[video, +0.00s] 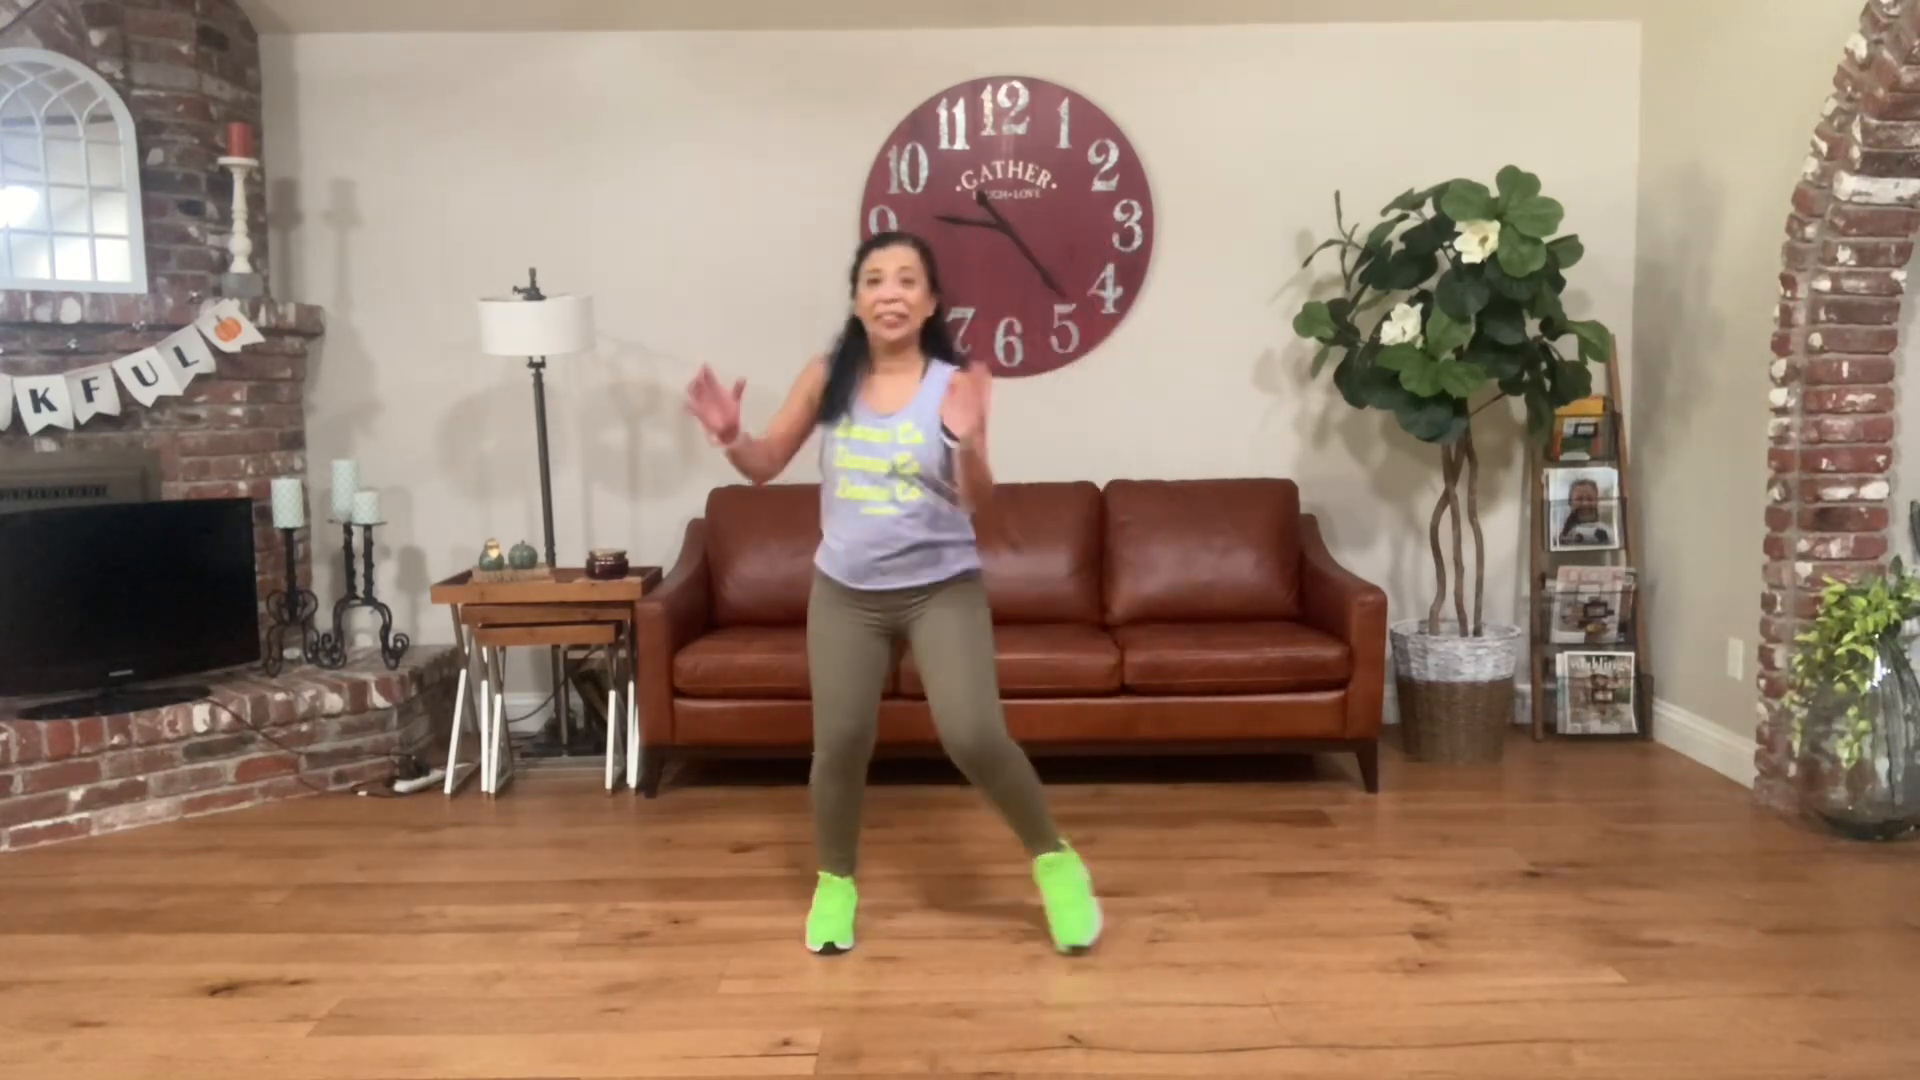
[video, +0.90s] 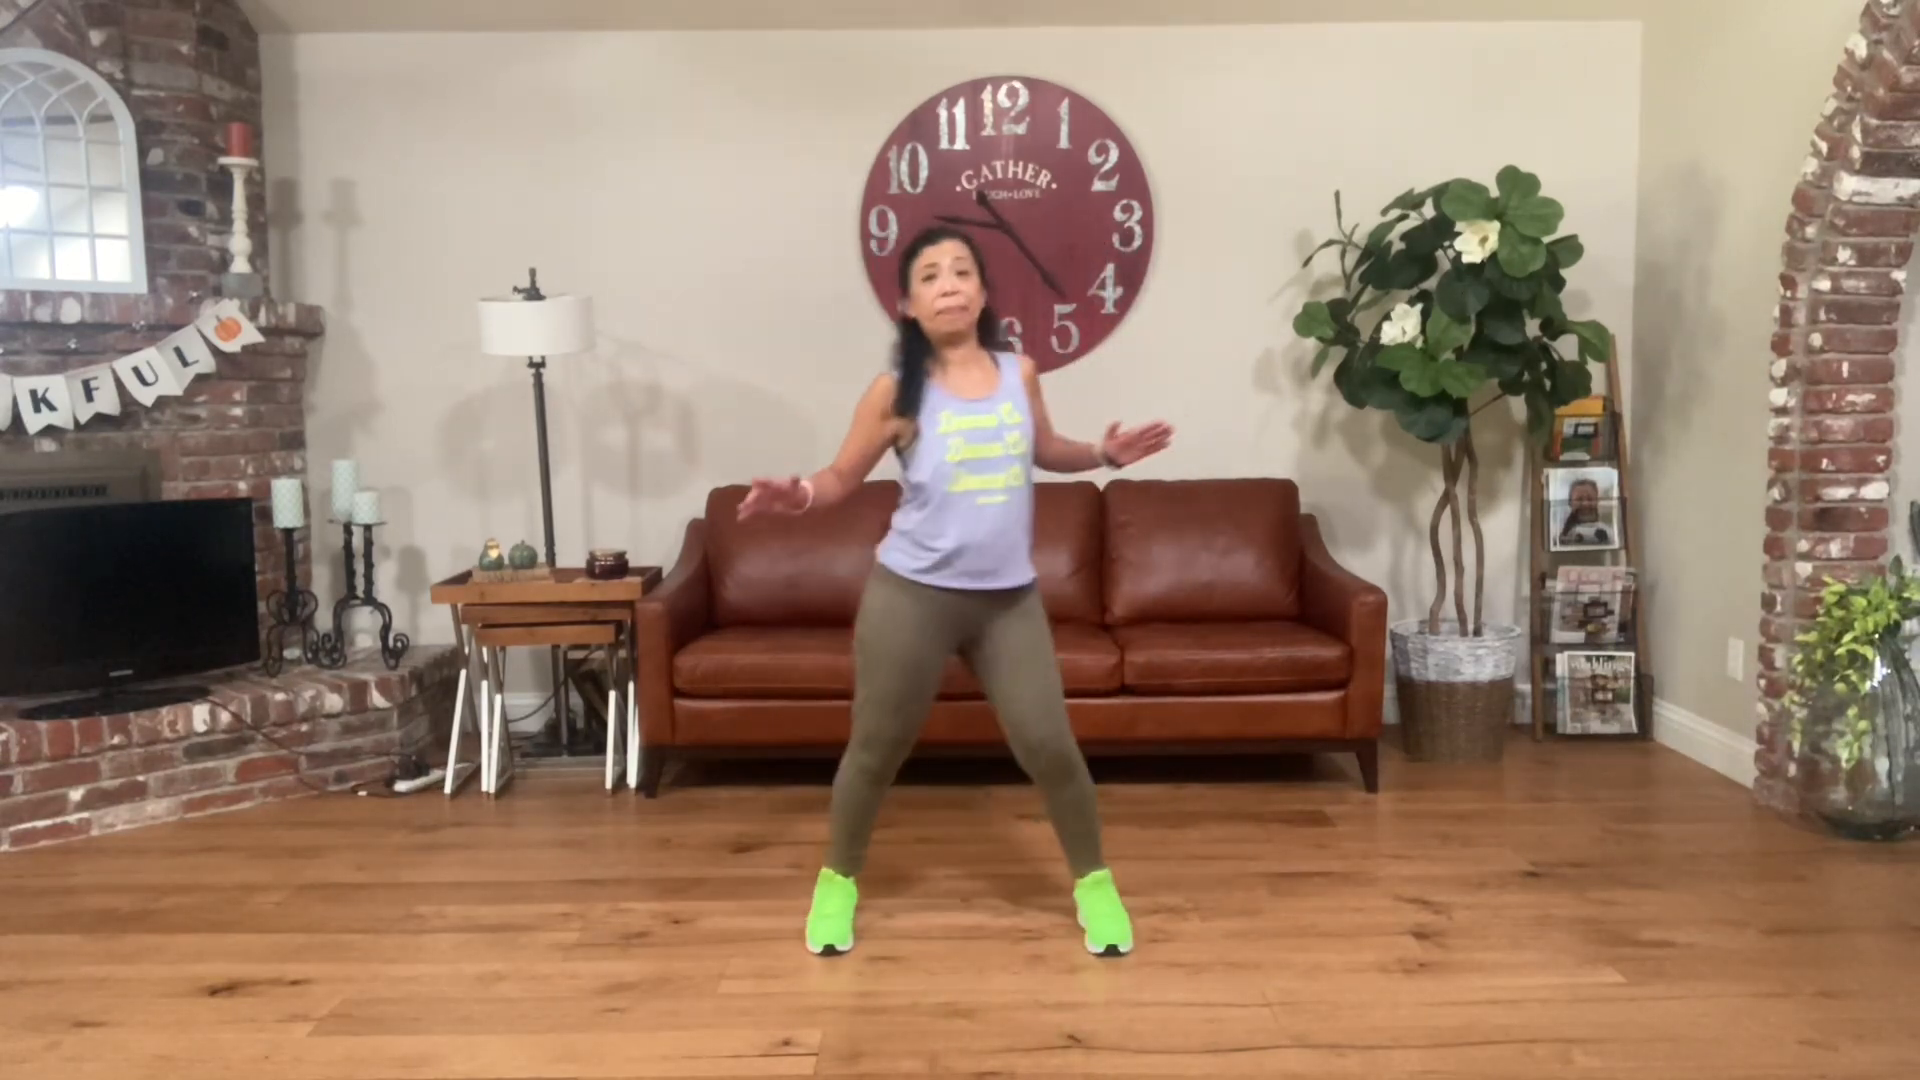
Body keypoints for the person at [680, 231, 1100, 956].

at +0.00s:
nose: (890, 295)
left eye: (907, 281)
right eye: (875, 282)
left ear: (932, 299)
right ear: (856, 299)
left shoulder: (959, 382)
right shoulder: (827, 376)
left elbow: (978, 501)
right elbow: (765, 463)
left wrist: (969, 438)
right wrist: (732, 436)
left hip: (944, 587)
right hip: (844, 590)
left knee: (972, 735)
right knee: (840, 740)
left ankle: (1053, 862)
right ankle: (835, 882)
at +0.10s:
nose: (875, 305)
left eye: (891, 292)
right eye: (858, 292)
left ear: (914, 311)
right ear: (838, 312)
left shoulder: (938, 390)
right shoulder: (811, 388)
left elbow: (939, 500)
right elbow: (735, 469)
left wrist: (927, 410)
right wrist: (728, 408)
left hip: (931, 587)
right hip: (834, 592)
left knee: (943, 729)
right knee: (832, 742)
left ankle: (985, 851)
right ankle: (834, 884)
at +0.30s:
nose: (863, 299)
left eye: (877, 285)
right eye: (845, 286)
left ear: (899, 300)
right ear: (824, 306)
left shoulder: (930, 380)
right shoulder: (800, 385)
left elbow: (930, 486)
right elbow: (786, 489)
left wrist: (864, 443)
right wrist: (825, 436)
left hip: (915, 591)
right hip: (819, 589)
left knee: (887, 746)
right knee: (824, 743)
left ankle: (883, 871)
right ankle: (834, 881)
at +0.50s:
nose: (866, 305)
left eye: (880, 291)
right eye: (848, 295)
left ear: (901, 308)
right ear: (825, 316)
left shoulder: (937, 386)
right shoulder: (807, 400)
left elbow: (981, 485)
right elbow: (773, 507)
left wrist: (953, 484)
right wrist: (810, 514)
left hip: (920, 594)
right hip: (822, 594)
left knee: (929, 739)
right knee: (826, 745)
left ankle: (895, 856)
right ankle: (834, 882)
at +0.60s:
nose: (879, 304)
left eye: (893, 292)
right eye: (861, 295)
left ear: (913, 311)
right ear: (837, 320)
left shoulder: (947, 393)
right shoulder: (819, 408)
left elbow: (979, 472)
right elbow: (776, 514)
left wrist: (986, 482)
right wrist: (799, 544)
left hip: (927, 596)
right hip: (832, 599)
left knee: (977, 727)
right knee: (830, 750)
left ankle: (940, 846)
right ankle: (834, 885)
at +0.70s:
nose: (897, 290)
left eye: (910, 278)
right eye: (879, 281)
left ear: (932, 297)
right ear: (856, 306)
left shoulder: (964, 383)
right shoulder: (839, 399)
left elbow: (989, 461)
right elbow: (793, 498)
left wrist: (1012, 472)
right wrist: (795, 537)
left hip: (943, 590)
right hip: (846, 589)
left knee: (1005, 729)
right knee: (843, 745)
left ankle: (1024, 861)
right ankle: (835, 885)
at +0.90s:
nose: (949, 284)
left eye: (962, 272)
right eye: (930, 276)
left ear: (983, 293)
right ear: (908, 305)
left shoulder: (1018, 373)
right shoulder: (897, 390)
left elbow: (1043, 449)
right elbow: (840, 478)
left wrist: (1102, 452)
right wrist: (800, 493)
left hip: (1008, 596)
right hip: (913, 591)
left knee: (1050, 747)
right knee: (877, 746)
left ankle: (1095, 885)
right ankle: (838, 883)